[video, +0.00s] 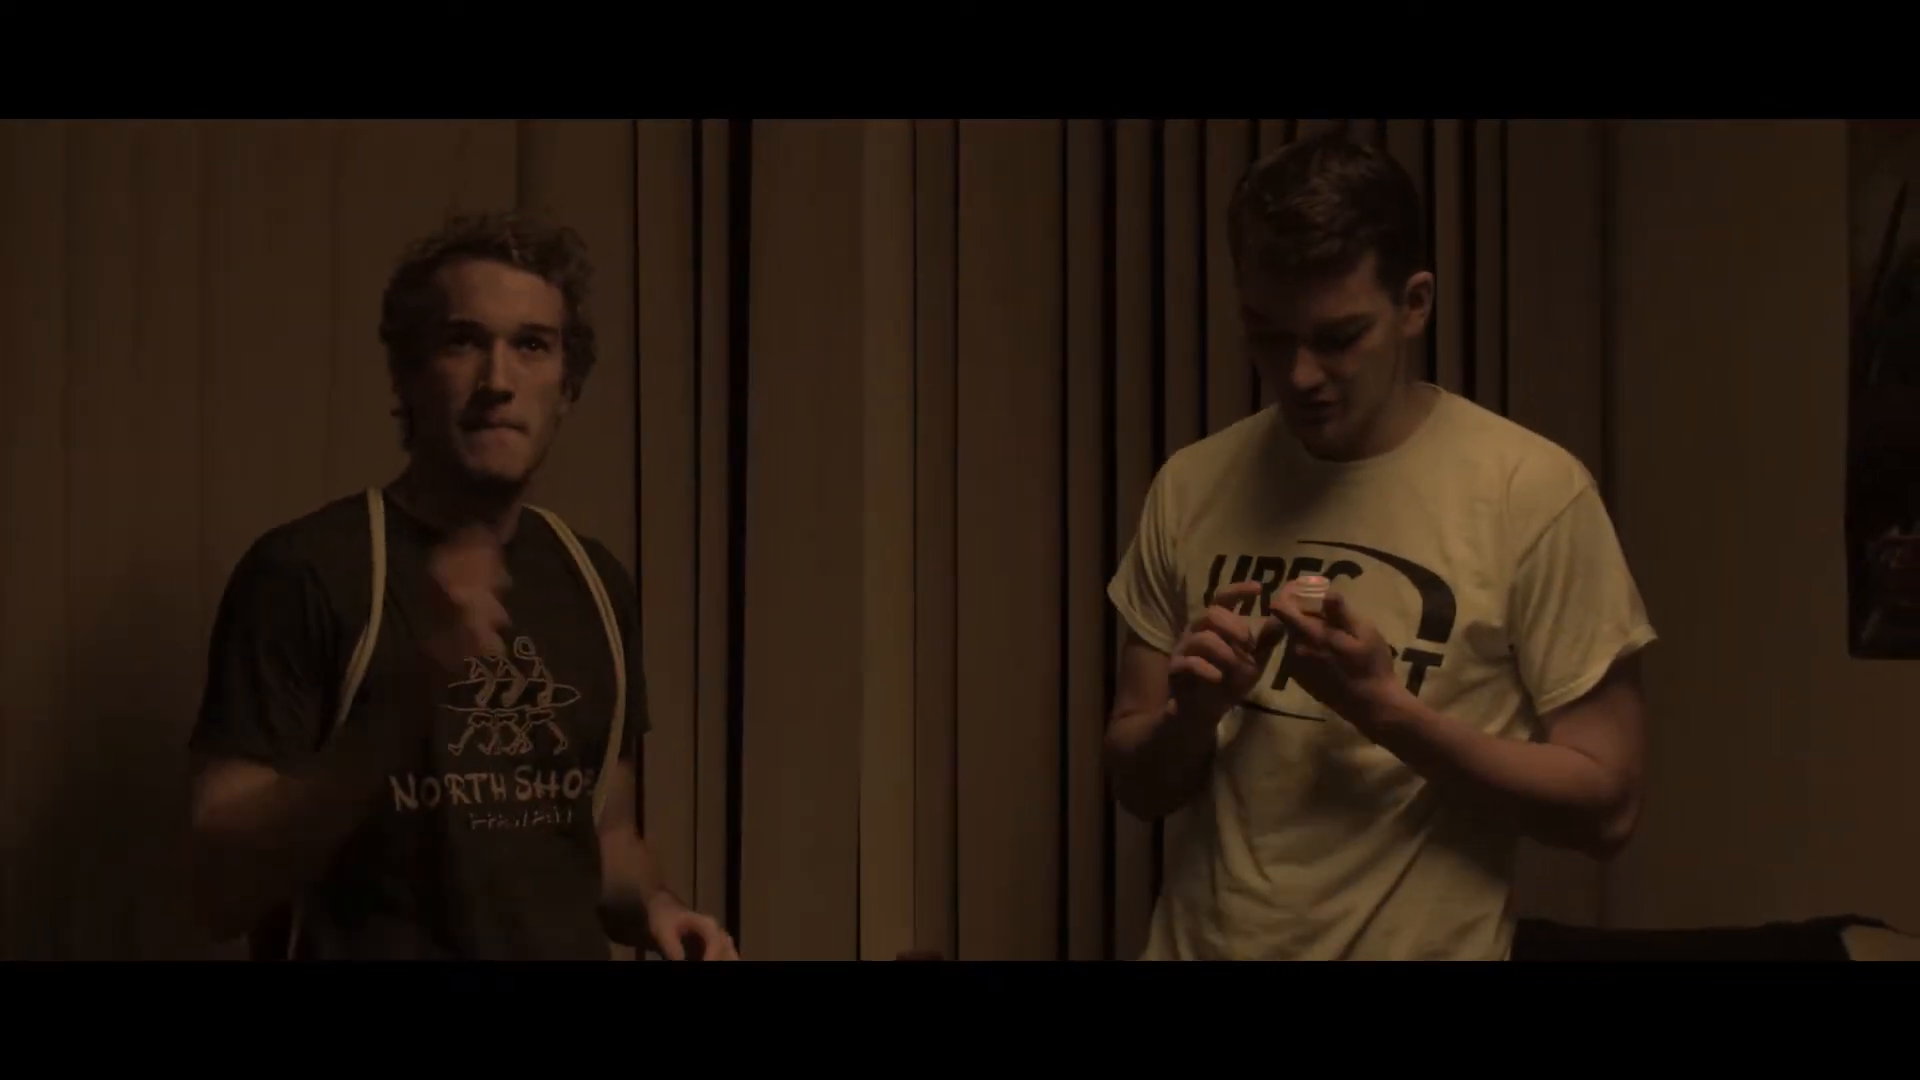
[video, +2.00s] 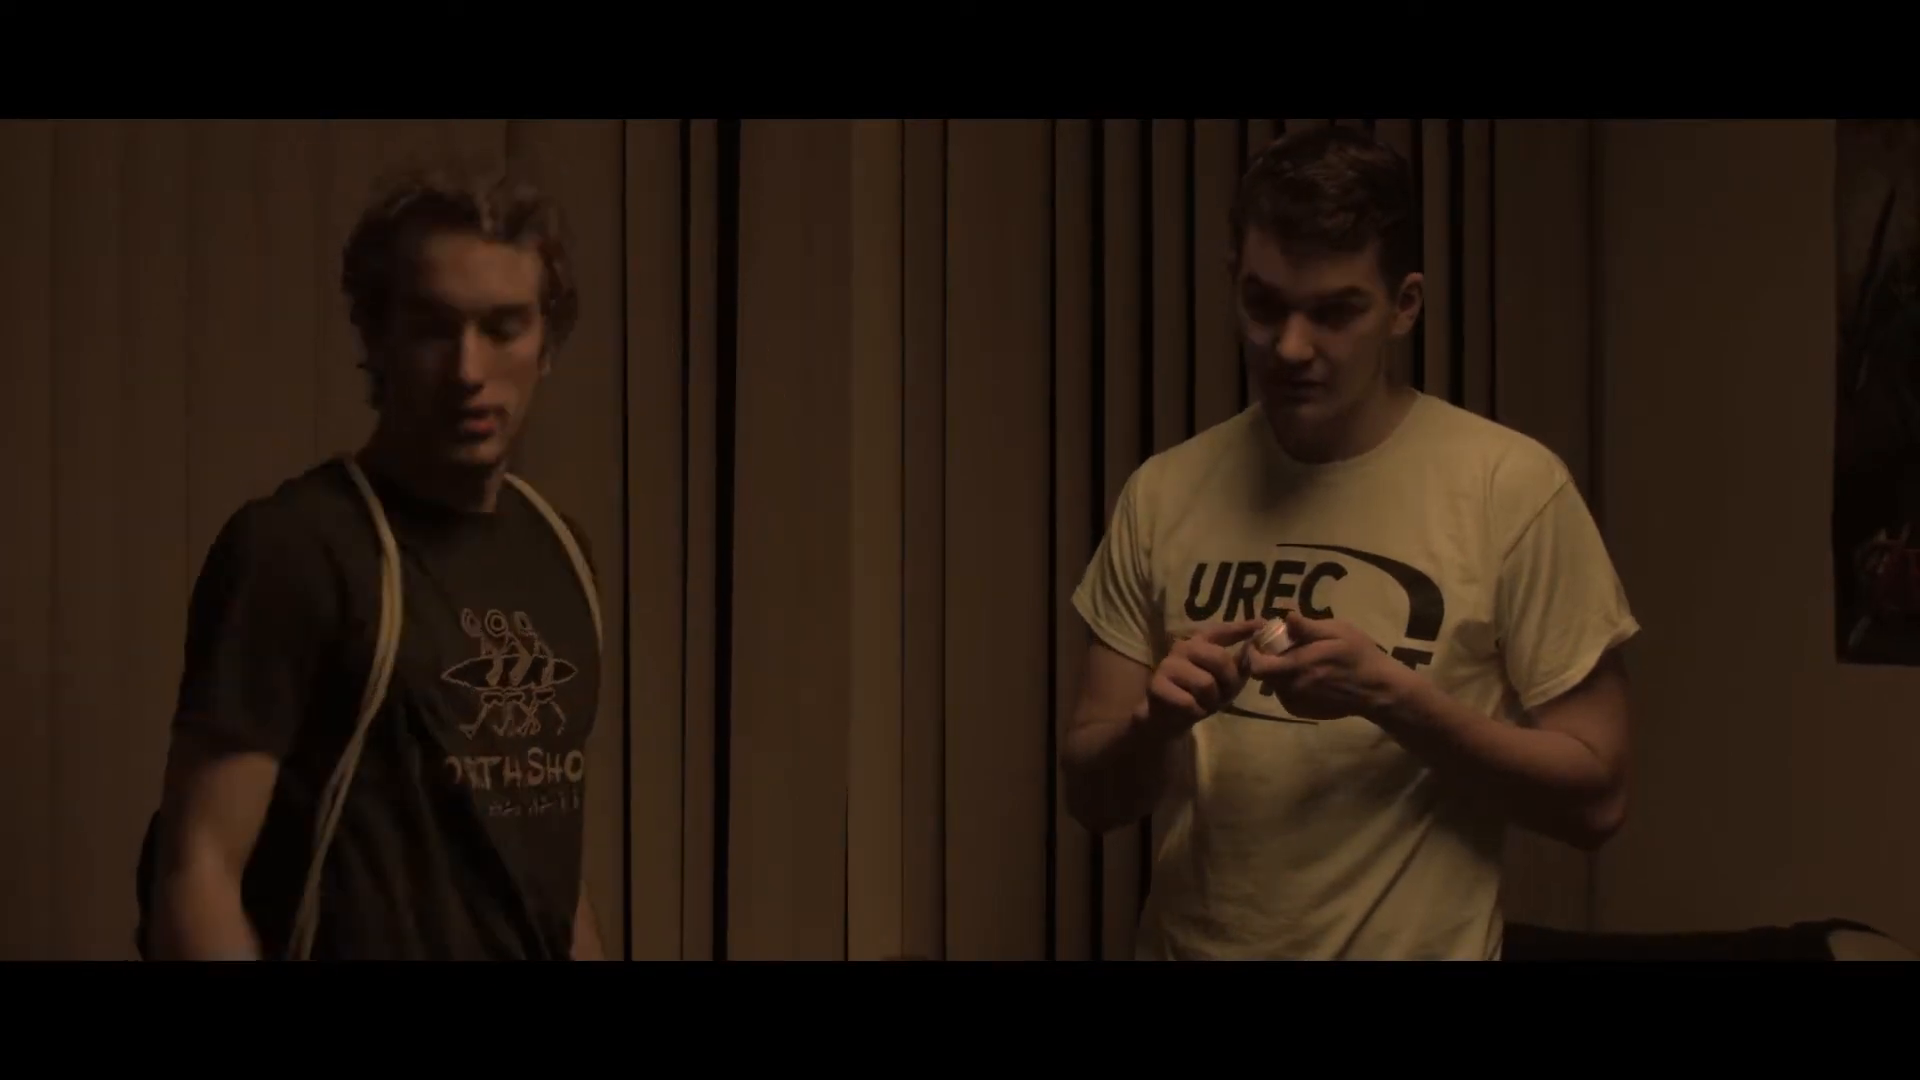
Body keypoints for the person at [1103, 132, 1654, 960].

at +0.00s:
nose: (1301, 376)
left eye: (1340, 338)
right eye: (1273, 338)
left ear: (1415, 305)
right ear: (1245, 312)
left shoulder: (1532, 494)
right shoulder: (1189, 490)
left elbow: (1606, 803)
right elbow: (1136, 786)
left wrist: (1385, 707)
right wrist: (1192, 714)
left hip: (1426, 946)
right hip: (1204, 943)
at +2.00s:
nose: (1292, 349)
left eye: (1334, 313)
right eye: (1266, 307)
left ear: (1404, 305)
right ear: (1239, 292)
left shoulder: (1513, 491)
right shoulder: (1162, 496)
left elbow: (1595, 798)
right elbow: (1089, 798)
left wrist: (1395, 693)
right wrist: (1154, 724)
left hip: (1418, 945)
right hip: (1194, 942)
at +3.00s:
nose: (1224, 307)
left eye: (1270, 272)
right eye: (1216, 271)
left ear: (1366, 289)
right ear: (1201, 273)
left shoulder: (1505, 486)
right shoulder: (1157, 486)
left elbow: (1592, 791)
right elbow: (1076, 799)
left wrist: (1376, 691)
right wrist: (1126, 630)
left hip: (1406, 946)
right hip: (1179, 941)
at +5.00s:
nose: (1242, 342)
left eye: (1284, 307)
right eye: (1226, 308)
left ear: (1376, 317)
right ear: (1207, 314)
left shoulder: (1515, 514)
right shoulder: (1160, 500)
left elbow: (1596, 819)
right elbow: (1047, 775)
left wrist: (1393, 720)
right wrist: (1174, 557)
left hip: (1416, 948)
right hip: (1178, 943)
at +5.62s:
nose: (1281, 358)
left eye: (1319, 320)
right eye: (1251, 323)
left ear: (1394, 315)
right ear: (1224, 322)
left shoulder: (1516, 515)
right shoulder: (1157, 502)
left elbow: (1595, 818)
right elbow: (1067, 800)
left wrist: (1390, 716)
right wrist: (1162, 657)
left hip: (1415, 946)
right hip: (1179, 944)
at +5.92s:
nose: (1291, 368)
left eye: (1332, 331)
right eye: (1262, 330)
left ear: (1404, 323)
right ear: (1235, 319)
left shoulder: (1517, 518)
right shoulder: (1157, 503)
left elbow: (1592, 822)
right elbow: (1069, 793)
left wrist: (1394, 721)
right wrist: (1162, 705)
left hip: (1414, 947)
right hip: (1182, 944)